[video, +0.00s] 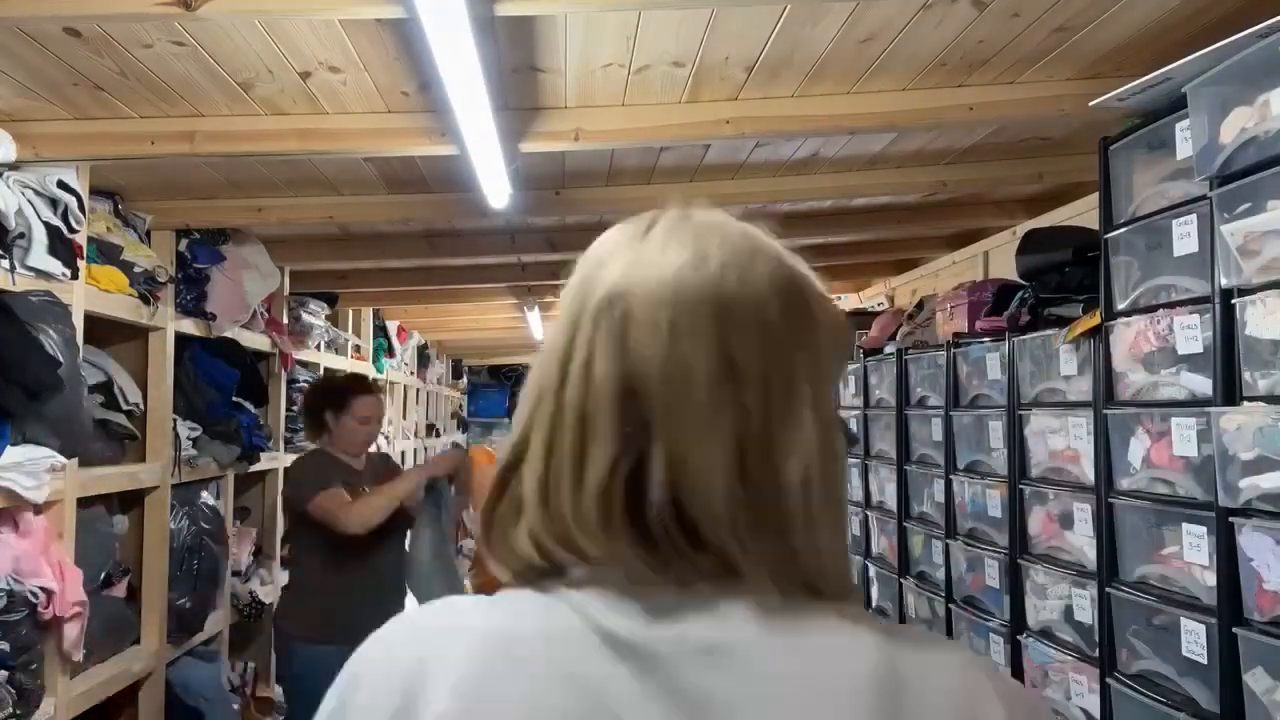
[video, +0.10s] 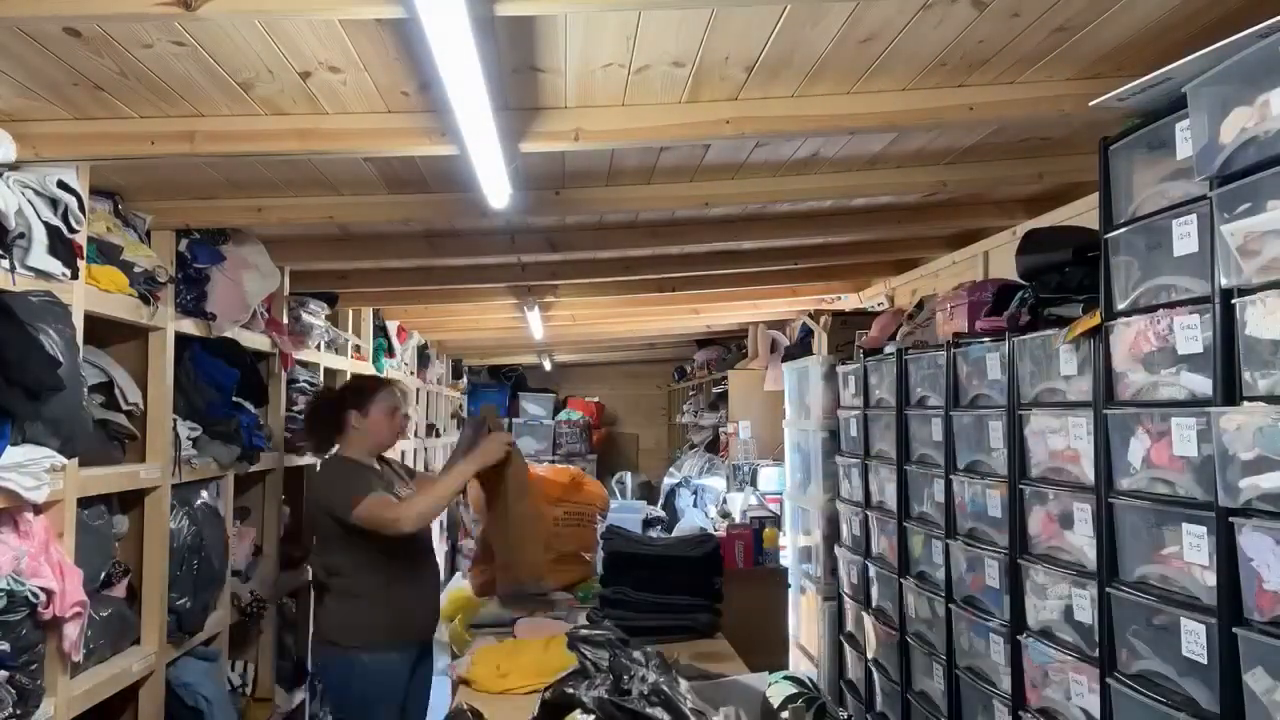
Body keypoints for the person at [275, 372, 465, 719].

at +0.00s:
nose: (374, 431)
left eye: (378, 421)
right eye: (364, 422)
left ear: (383, 420)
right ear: (330, 419)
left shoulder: (383, 467)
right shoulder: (307, 471)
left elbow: (429, 522)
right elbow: (352, 519)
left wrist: (459, 480)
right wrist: (421, 473)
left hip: (380, 636)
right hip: (316, 640)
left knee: (376, 714)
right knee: (319, 715)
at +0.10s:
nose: (404, 422)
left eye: (402, 413)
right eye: (393, 412)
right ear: (356, 418)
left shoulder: (390, 470)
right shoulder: (336, 476)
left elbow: (436, 488)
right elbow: (402, 518)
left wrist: (469, 453)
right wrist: (474, 461)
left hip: (410, 644)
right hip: (363, 650)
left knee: (410, 715)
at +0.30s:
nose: (405, 437)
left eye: (406, 424)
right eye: (397, 422)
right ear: (347, 416)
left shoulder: (381, 489)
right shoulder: (310, 500)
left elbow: (427, 570)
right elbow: (411, 588)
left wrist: (494, 513)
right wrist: (496, 509)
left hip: (400, 703)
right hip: (336, 707)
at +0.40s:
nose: (489, 453)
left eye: (493, 443)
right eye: (489, 440)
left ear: (455, 428)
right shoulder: (417, 495)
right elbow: (424, 630)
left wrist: (483, 611)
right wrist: (510, 644)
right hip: (382, 695)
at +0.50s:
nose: (314, 432)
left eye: (313, 420)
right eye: (310, 421)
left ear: (230, 422)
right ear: (292, 426)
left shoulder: (191, 491)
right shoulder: (323, 501)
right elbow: (412, 551)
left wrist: (382, 443)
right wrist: (452, 479)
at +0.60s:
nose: (297, 461)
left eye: (310, 450)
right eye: (287, 448)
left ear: (338, 440)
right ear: (272, 435)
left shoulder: (368, 486)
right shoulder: (244, 480)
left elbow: (393, 575)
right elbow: (217, 580)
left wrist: (336, 596)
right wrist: (265, 594)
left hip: (322, 672)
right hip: (248, 666)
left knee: (296, 710)